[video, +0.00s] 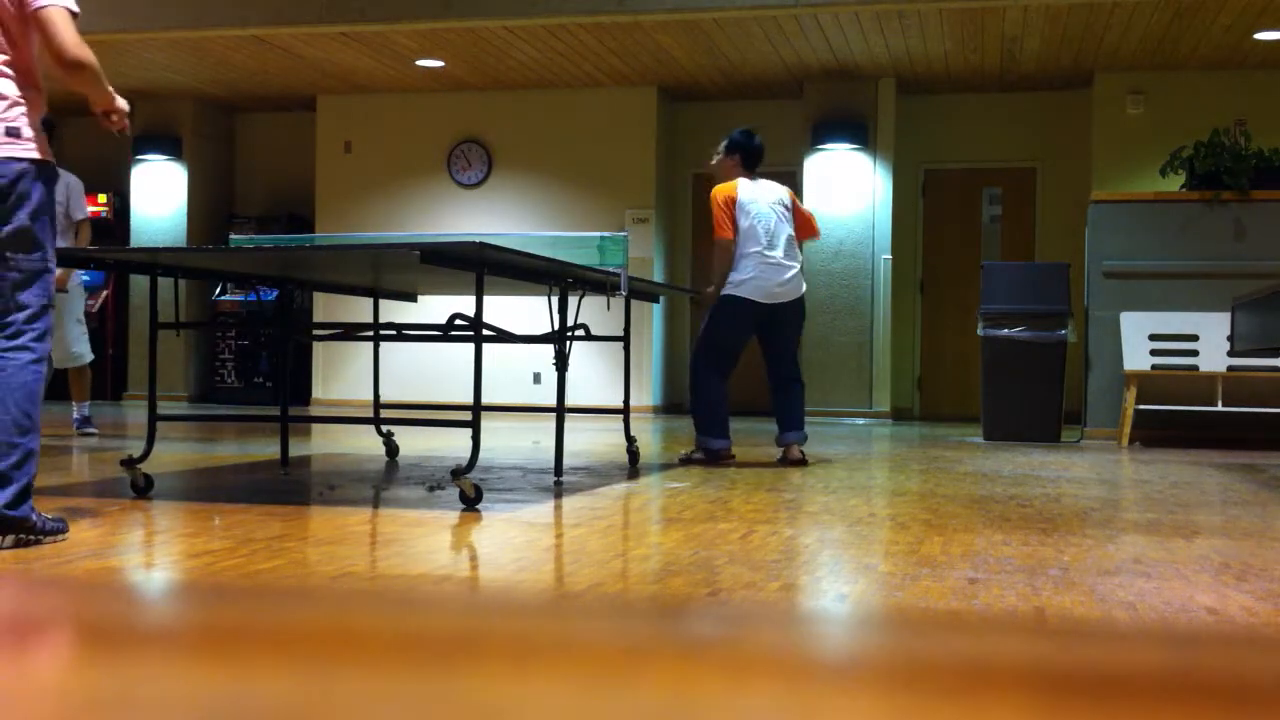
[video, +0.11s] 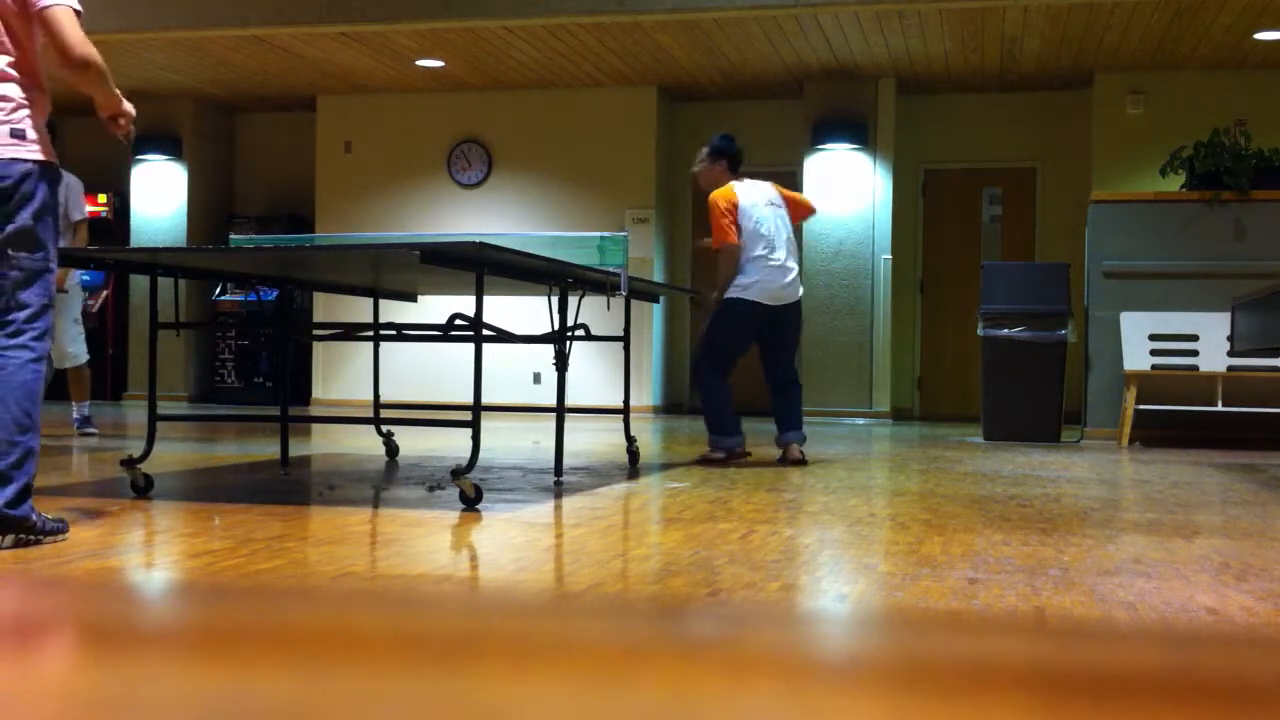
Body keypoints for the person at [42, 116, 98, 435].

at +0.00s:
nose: (35, 145)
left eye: (39, 138)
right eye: (31, 139)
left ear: (48, 141)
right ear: (25, 144)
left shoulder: (68, 182)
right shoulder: (18, 183)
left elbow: (84, 230)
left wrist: (69, 267)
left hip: (63, 274)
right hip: (28, 273)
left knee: (74, 349)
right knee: (25, 345)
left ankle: (81, 414)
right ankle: (21, 421)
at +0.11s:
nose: (40, 146)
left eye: (44, 139)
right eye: (36, 140)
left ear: (52, 143)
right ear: (30, 146)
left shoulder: (68, 183)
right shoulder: (21, 186)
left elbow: (81, 233)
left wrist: (65, 269)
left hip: (62, 276)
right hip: (28, 275)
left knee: (70, 346)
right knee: (26, 344)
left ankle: (81, 413)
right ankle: (22, 419)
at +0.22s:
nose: (32, 142)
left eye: (38, 136)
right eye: (30, 136)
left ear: (49, 140)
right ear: (26, 141)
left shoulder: (67, 183)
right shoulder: (18, 182)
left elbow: (80, 231)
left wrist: (66, 269)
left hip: (60, 273)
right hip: (26, 272)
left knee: (68, 346)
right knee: (27, 344)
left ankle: (81, 413)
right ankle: (20, 419)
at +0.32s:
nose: (29, 147)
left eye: (35, 140)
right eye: (25, 141)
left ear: (52, 144)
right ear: (21, 146)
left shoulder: (72, 186)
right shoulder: (17, 185)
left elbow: (80, 236)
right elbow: (12, 235)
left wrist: (75, 279)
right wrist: (17, 277)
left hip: (62, 278)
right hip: (24, 278)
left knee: (74, 352)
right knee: (26, 350)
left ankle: (82, 413)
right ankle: (26, 418)